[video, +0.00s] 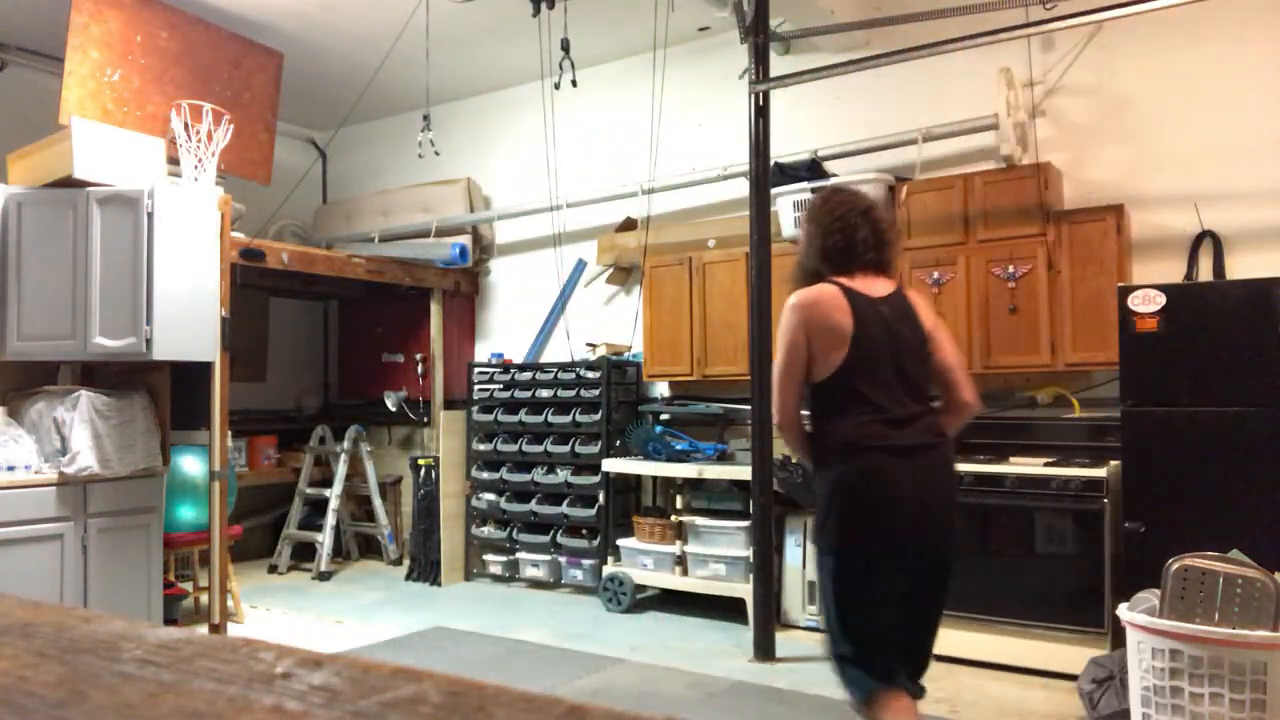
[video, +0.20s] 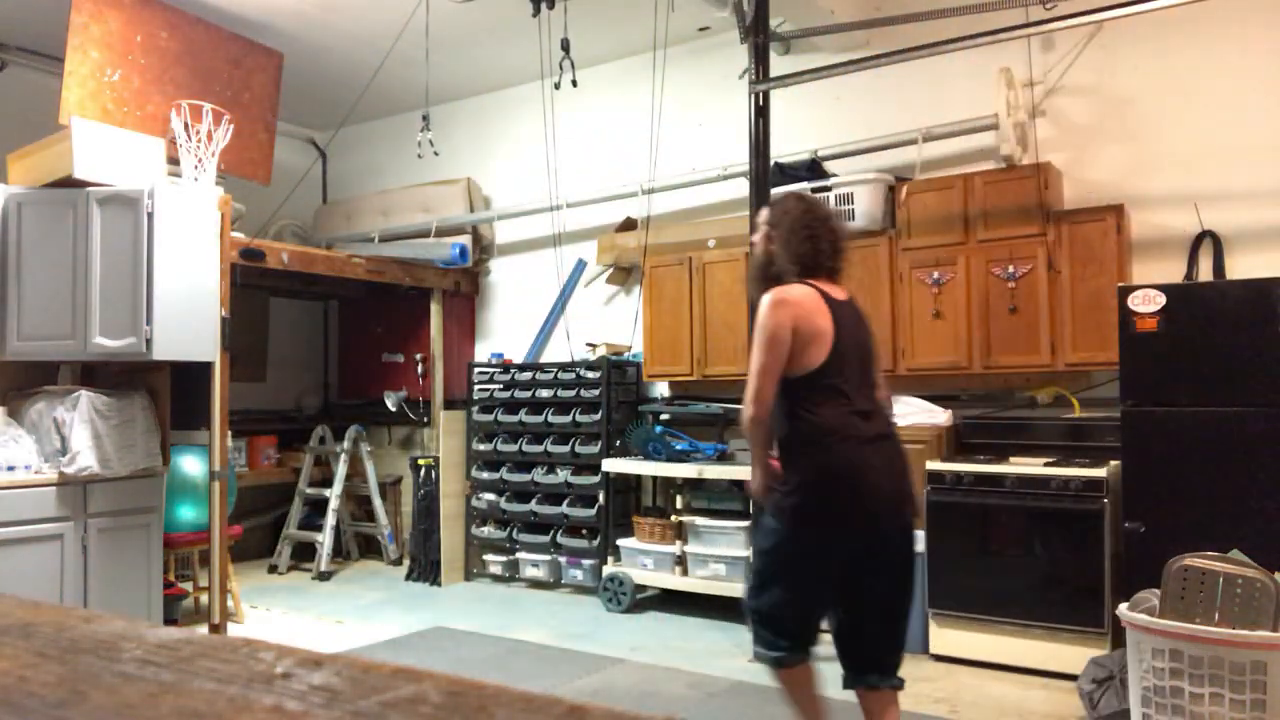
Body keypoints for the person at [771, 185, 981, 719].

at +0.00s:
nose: (800, 240)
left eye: (806, 231)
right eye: (804, 229)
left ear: (817, 243)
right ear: (880, 239)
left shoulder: (807, 306)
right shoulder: (912, 301)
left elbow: (786, 419)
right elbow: (965, 399)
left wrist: (828, 465)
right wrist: (919, 444)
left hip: (859, 487)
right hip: (931, 481)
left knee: (860, 659)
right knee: (903, 661)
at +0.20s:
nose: (753, 240)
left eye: (761, 231)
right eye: (756, 229)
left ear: (783, 240)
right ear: (820, 241)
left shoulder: (781, 302)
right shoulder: (846, 302)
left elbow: (757, 408)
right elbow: (874, 394)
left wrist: (759, 467)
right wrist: (793, 462)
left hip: (819, 491)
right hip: (884, 487)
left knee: (776, 623)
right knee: (871, 642)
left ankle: (814, 712)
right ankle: (884, 714)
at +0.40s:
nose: (709, 240)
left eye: (716, 231)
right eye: (713, 230)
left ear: (737, 240)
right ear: (771, 243)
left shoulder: (739, 298)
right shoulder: (786, 303)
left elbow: (713, 394)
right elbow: (764, 402)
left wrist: (698, 459)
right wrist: (708, 445)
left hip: (770, 483)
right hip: (820, 479)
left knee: (734, 617)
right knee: (824, 625)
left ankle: (715, 715)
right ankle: (870, 714)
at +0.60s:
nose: (680, 264)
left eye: (688, 256)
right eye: (683, 255)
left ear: (707, 266)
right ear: (732, 270)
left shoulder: (705, 325)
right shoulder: (747, 327)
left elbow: (640, 398)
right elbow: (714, 416)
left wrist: (612, 408)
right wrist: (641, 420)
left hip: (727, 494)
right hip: (768, 488)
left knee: (671, 608)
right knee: (722, 599)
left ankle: (697, 714)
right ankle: (793, 680)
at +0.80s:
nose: (672, 276)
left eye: (681, 270)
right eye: (677, 268)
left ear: (695, 287)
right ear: (721, 293)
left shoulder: (696, 343)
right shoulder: (712, 346)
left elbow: (608, 334)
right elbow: (631, 338)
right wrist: (631, 280)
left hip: (695, 508)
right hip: (716, 503)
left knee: (632, 607)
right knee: (685, 608)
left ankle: (691, 714)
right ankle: (744, 684)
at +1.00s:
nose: (665, 219)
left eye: (673, 212)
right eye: (669, 213)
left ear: (685, 226)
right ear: (708, 233)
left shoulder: (685, 275)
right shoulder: (690, 278)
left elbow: (612, 235)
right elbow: (623, 247)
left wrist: (636, 177)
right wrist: (649, 190)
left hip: (667, 454)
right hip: (687, 449)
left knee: (645, 581)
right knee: (685, 563)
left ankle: (681, 699)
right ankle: (715, 657)